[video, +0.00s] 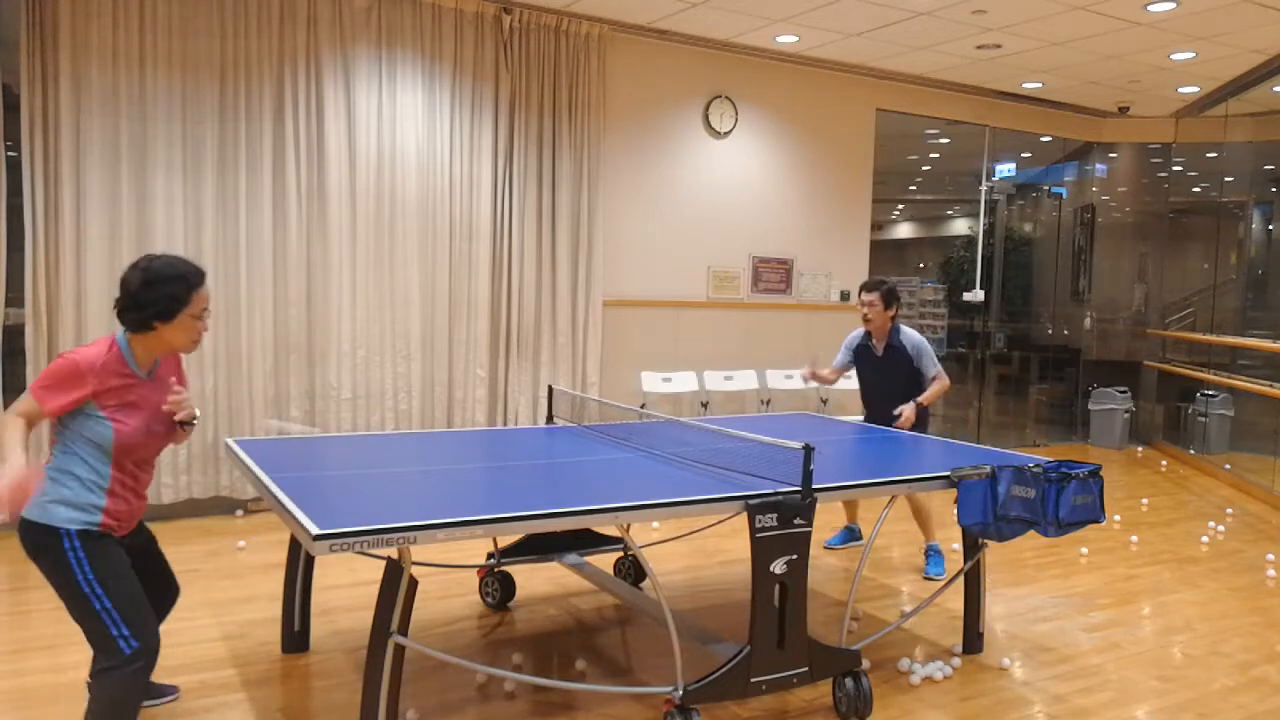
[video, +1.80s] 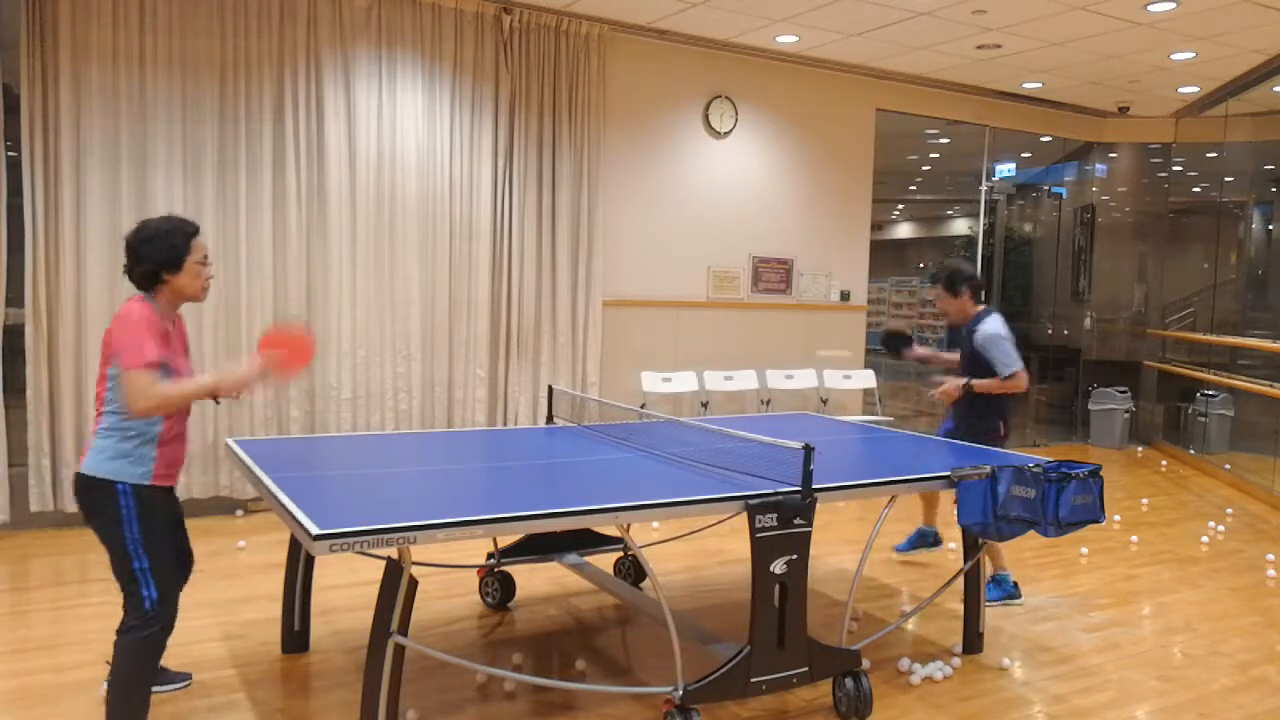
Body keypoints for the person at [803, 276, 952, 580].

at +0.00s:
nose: (865, 311)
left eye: (872, 305)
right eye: (862, 305)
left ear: (891, 311)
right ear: (859, 307)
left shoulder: (912, 341)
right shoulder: (856, 340)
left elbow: (942, 382)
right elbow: (834, 375)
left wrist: (916, 405)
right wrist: (815, 375)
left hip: (909, 429)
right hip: (872, 427)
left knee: (911, 485)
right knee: (844, 470)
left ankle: (932, 548)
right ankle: (852, 527)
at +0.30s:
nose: (888, 314)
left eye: (895, 308)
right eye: (885, 307)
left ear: (915, 311)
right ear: (881, 307)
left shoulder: (938, 340)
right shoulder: (873, 337)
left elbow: (963, 372)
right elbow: (855, 379)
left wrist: (952, 400)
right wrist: (868, 382)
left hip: (928, 430)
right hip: (887, 428)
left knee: (943, 491)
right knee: (862, 472)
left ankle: (960, 554)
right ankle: (854, 528)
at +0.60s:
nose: (936, 324)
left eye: (944, 317)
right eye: (931, 316)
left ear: (962, 316)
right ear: (924, 313)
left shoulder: (979, 340)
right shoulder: (909, 339)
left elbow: (995, 368)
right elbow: (883, 381)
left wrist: (1001, 396)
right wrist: (899, 394)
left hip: (960, 428)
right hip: (916, 427)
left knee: (965, 492)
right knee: (889, 473)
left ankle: (965, 562)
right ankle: (881, 531)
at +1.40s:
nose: (897, 307)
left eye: (904, 300)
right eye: (894, 301)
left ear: (926, 303)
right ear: (894, 305)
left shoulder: (950, 331)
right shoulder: (914, 339)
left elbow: (991, 370)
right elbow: (930, 385)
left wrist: (952, 395)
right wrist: (901, 413)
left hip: (971, 432)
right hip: (939, 430)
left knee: (968, 500)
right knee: (914, 477)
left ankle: (983, 571)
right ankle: (916, 545)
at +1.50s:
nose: (895, 313)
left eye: (901, 305)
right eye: (893, 306)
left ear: (924, 305)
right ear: (910, 308)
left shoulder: (943, 332)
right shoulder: (926, 336)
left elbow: (988, 371)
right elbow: (952, 377)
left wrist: (947, 398)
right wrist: (937, 403)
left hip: (971, 434)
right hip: (945, 431)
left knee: (970, 502)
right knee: (917, 479)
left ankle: (994, 573)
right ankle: (917, 545)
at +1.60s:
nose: (899, 321)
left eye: (904, 313)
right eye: (897, 314)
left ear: (928, 310)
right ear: (926, 313)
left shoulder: (948, 338)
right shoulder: (945, 333)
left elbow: (992, 379)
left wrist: (948, 406)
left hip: (973, 435)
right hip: (954, 432)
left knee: (952, 506)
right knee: (917, 479)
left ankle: (998, 575)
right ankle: (916, 544)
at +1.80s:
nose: (939, 305)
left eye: (942, 298)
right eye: (938, 298)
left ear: (964, 295)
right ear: (964, 296)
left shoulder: (990, 330)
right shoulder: (972, 325)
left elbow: (1018, 382)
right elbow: (970, 360)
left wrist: (965, 385)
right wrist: (927, 356)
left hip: (985, 429)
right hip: (961, 421)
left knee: (977, 504)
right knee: (928, 468)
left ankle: (1003, 578)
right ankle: (928, 529)